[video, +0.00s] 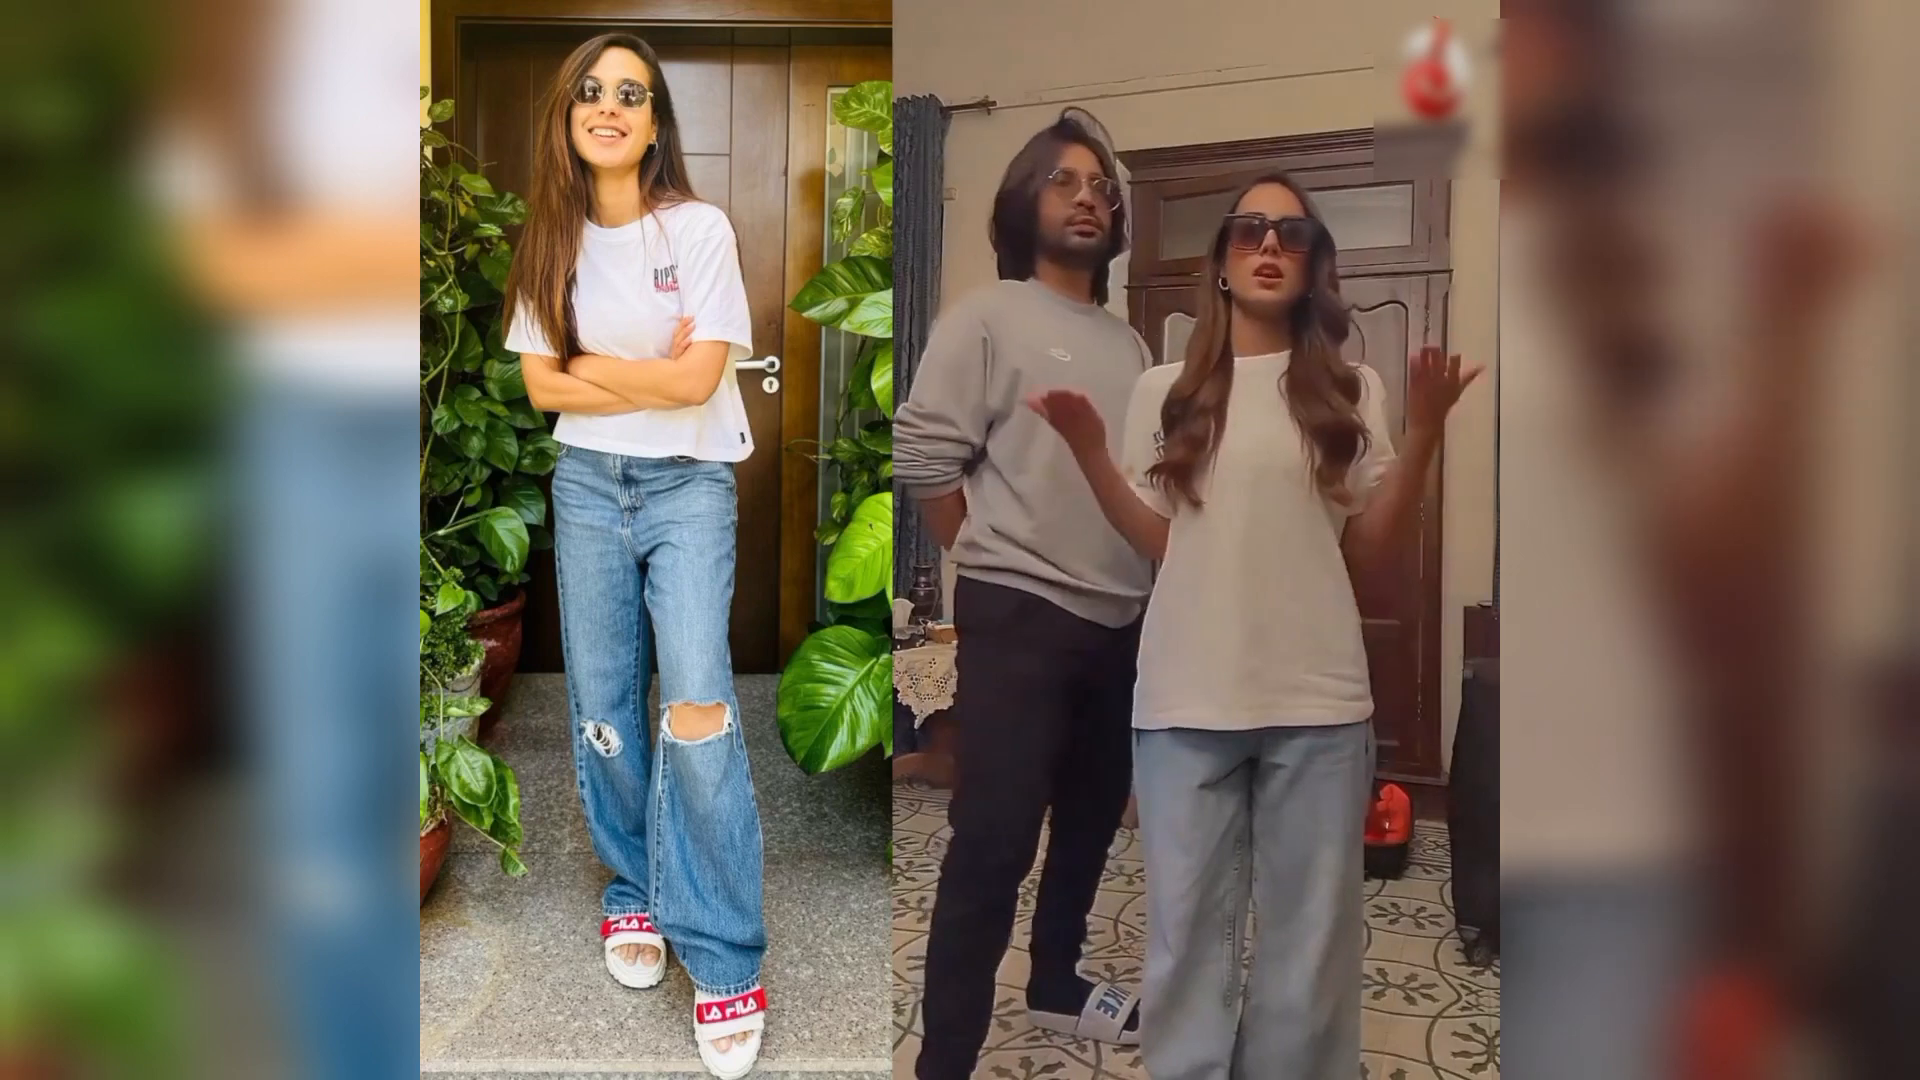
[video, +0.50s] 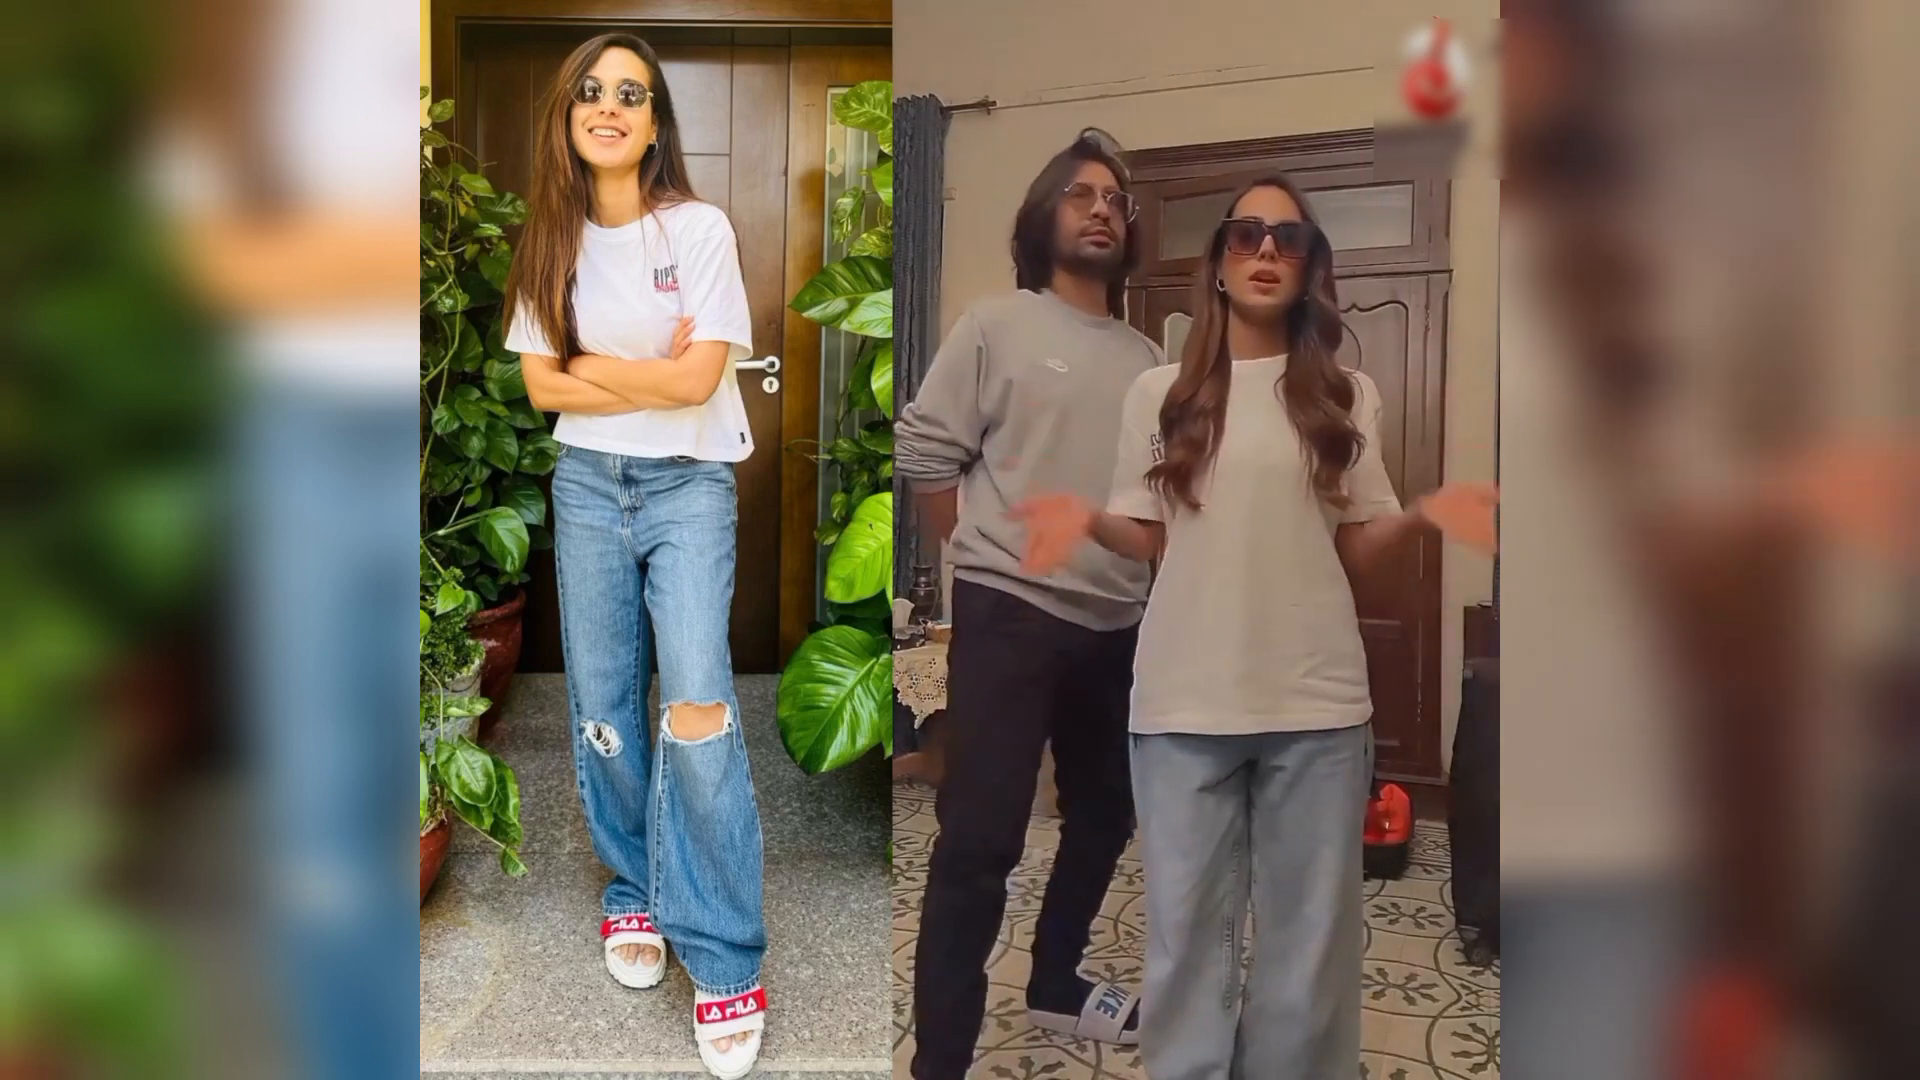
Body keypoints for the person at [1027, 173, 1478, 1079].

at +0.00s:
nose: (1269, 245)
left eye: (1290, 233)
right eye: (1250, 231)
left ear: (1317, 262)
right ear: (1220, 259)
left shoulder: (1351, 386)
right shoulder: (1165, 387)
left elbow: (1368, 543)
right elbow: (1159, 540)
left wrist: (1422, 432)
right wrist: (1091, 450)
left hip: (1318, 694)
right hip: (1184, 694)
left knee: (1310, 944)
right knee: (1182, 936)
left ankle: (1295, 1070)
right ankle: (1186, 1066)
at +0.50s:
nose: (1266, 249)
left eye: (1287, 237)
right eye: (1248, 235)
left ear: (1313, 265)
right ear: (1219, 262)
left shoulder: (1346, 393)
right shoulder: (1162, 392)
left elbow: (1360, 552)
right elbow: (1154, 542)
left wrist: (1420, 517)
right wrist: (1093, 518)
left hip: (1317, 705)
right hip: (1182, 705)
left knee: (1310, 946)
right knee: (1182, 938)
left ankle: (1294, 1071)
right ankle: (1186, 1067)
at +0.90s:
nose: (1264, 249)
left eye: (1285, 238)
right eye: (1244, 234)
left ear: (1309, 270)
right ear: (1216, 264)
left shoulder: (1342, 392)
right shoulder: (1159, 390)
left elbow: (1443, 483)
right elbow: (1074, 486)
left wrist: (1428, 340)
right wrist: (1079, 341)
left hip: (1318, 715)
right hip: (1181, 716)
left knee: (1311, 956)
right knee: (1181, 946)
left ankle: (1294, 1071)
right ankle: (1185, 1066)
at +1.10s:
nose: (1265, 250)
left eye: (1287, 239)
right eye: (1246, 236)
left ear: (1311, 269)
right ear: (1217, 264)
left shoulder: (1343, 393)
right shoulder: (1163, 392)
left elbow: (1447, 469)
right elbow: (1071, 479)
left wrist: (1426, 324)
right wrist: (1081, 335)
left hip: (1319, 717)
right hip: (1182, 718)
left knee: (1311, 956)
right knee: (1182, 945)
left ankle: (1293, 1073)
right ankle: (1185, 1069)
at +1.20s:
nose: (1266, 251)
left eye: (1288, 240)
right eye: (1247, 237)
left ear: (1313, 270)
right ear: (1219, 265)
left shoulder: (1345, 394)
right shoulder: (1160, 393)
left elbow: (1449, 468)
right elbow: (1067, 475)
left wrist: (1440, 310)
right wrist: (1063, 319)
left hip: (1319, 718)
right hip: (1180, 719)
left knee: (1311, 955)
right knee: (1182, 945)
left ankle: (1297, 1072)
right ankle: (1185, 1067)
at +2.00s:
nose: (1259, 251)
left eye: (1280, 239)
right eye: (1239, 237)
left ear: (1305, 267)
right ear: (1212, 262)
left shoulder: (1348, 393)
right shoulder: (1156, 395)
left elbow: (1422, 520)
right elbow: (1133, 538)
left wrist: (1344, 506)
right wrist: (1217, 504)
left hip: (1321, 714)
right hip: (1183, 716)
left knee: (1314, 955)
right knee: (1184, 947)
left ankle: (1292, 1074)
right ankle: (1186, 1071)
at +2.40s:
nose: (1263, 248)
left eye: (1284, 237)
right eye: (1244, 233)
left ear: (1310, 264)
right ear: (1213, 259)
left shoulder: (1346, 393)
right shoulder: (1157, 395)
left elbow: (1425, 521)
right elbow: (1086, 522)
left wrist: (1464, 386)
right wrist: (1026, 400)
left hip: (1320, 711)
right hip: (1184, 712)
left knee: (1313, 953)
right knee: (1185, 947)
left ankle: (1291, 1075)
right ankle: (1185, 1070)